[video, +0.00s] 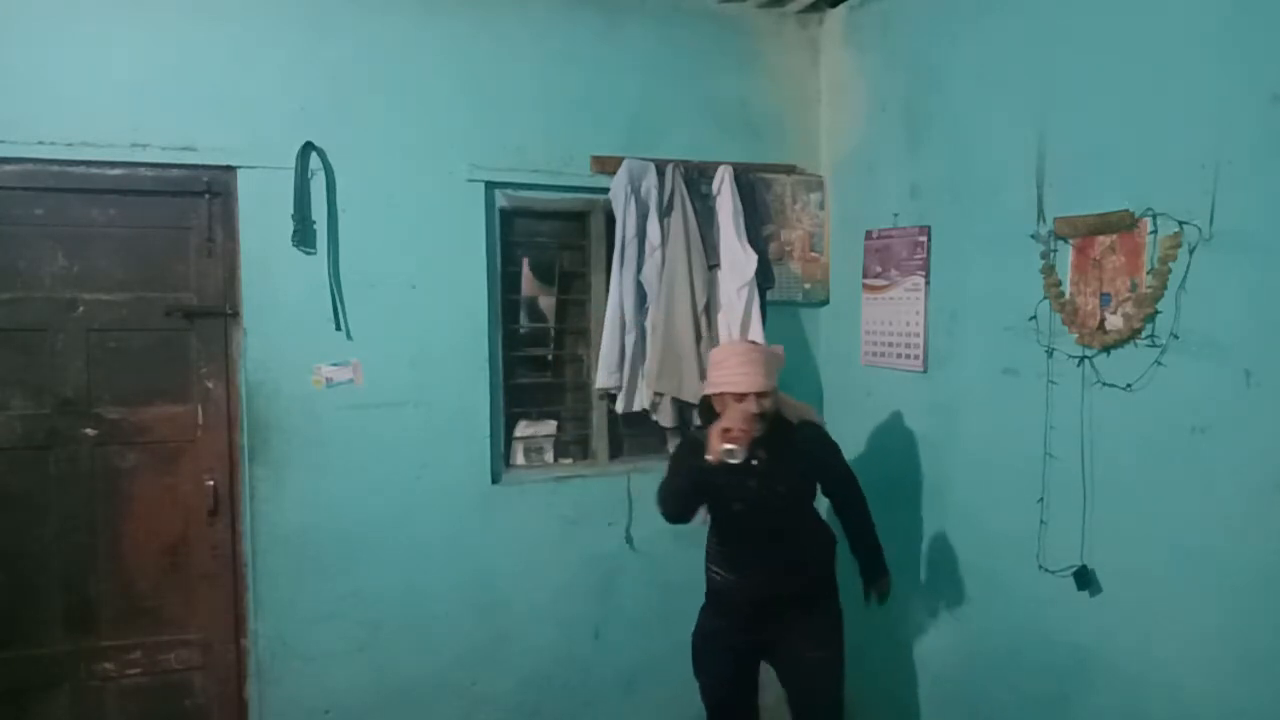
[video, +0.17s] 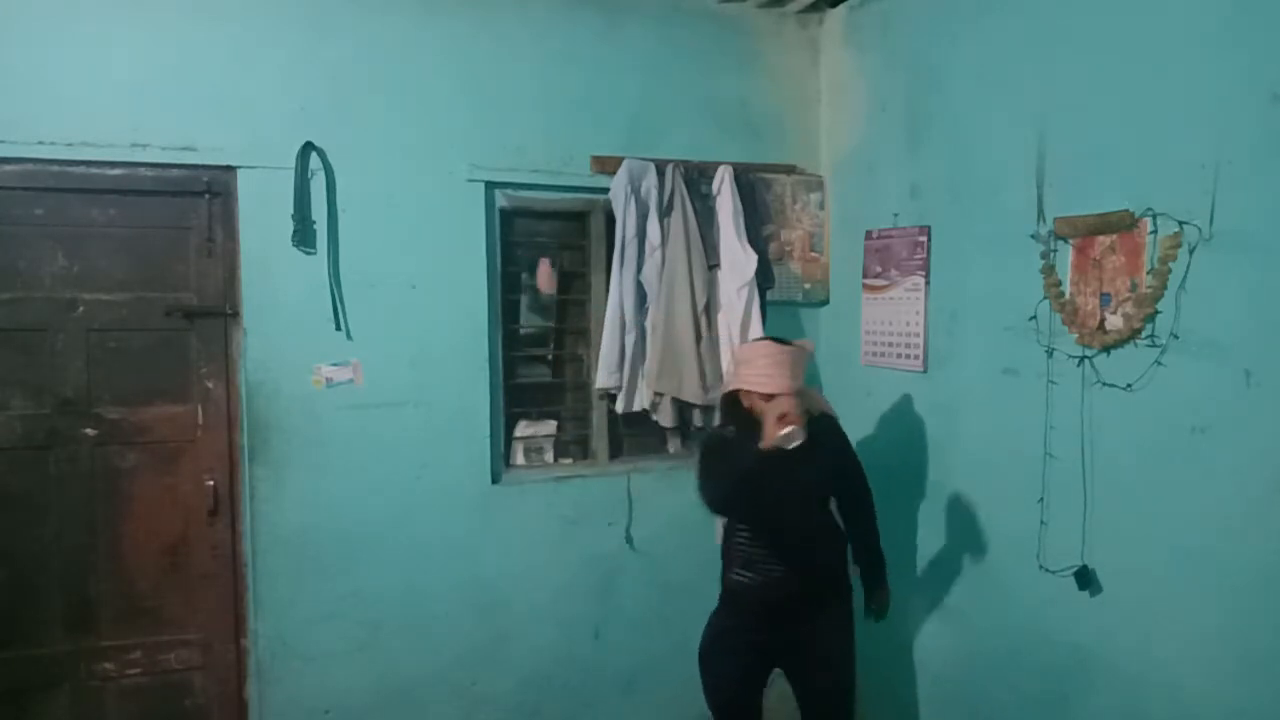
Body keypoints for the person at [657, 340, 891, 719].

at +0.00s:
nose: (754, 408)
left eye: (762, 396)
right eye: (740, 398)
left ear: (774, 393)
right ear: (716, 399)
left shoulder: (806, 439)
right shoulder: (697, 446)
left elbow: (849, 501)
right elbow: (674, 510)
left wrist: (874, 568)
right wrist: (710, 459)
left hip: (806, 601)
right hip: (731, 602)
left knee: (820, 709)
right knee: (727, 710)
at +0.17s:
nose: (785, 406)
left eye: (791, 395)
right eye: (772, 397)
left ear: (801, 392)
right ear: (748, 398)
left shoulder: (824, 433)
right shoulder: (726, 441)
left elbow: (858, 508)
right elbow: (720, 499)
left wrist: (875, 580)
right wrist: (768, 448)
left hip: (820, 602)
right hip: (748, 602)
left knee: (831, 707)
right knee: (725, 674)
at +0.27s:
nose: (780, 400)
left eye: (790, 391)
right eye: (778, 391)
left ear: (806, 391)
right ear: (761, 391)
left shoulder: (829, 436)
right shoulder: (738, 439)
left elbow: (863, 510)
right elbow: (748, 482)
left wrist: (882, 584)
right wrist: (800, 424)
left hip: (829, 612)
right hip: (756, 610)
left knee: (839, 708)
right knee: (738, 697)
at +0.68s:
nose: (829, 375)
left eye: (834, 365)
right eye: (817, 366)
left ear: (841, 368)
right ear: (788, 371)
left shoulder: (838, 415)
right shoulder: (769, 406)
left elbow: (866, 501)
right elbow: (791, 455)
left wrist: (883, 579)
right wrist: (851, 387)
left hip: (852, 596)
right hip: (791, 599)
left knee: (852, 706)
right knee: (789, 708)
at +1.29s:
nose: (823, 378)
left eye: (836, 368)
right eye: (810, 369)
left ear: (851, 374)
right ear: (792, 375)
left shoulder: (876, 431)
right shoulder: (779, 427)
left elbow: (916, 507)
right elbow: (746, 464)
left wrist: (931, 591)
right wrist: (794, 406)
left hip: (866, 602)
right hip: (793, 599)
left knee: (853, 711)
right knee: (779, 710)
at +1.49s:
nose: (825, 399)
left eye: (837, 389)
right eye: (814, 388)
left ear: (851, 386)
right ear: (792, 384)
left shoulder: (877, 440)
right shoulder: (775, 433)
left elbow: (923, 524)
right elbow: (716, 478)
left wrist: (946, 612)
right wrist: (745, 431)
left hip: (862, 606)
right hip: (788, 603)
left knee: (846, 712)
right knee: (780, 711)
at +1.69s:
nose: (805, 395)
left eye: (817, 384)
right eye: (793, 382)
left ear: (834, 382)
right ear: (775, 379)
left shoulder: (864, 445)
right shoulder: (761, 432)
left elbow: (909, 535)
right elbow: (689, 469)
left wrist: (921, 630)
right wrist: (686, 426)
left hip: (849, 616)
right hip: (774, 613)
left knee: (847, 711)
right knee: (765, 710)